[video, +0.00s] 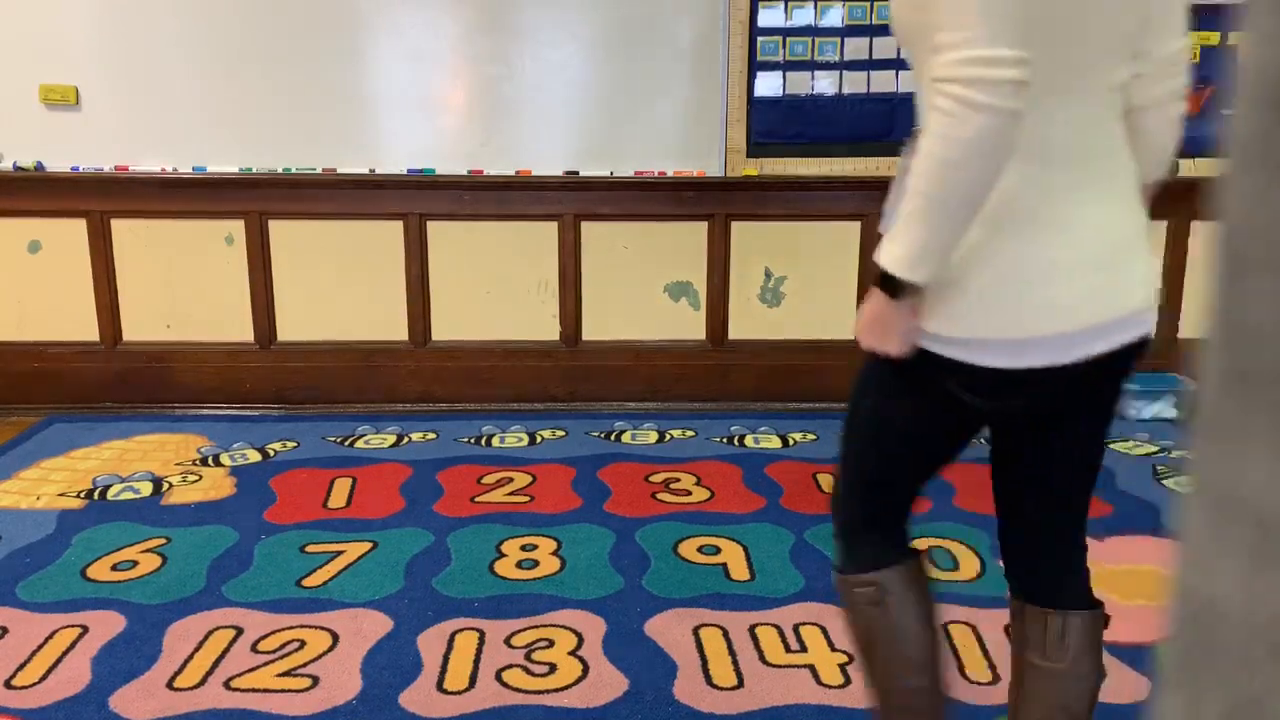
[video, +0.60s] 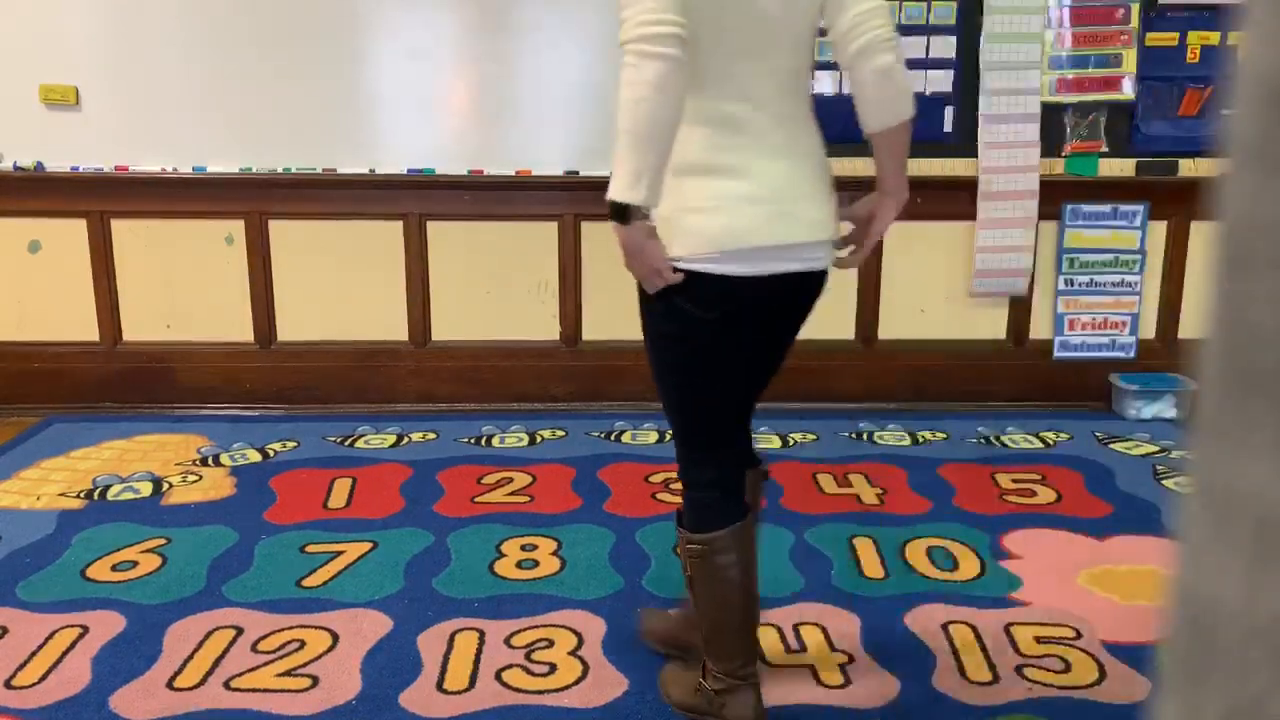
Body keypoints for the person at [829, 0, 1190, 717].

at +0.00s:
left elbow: (980, 91)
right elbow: (1159, 103)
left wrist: (895, 278)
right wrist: (1095, 219)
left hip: (975, 303)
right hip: (1104, 300)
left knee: (867, 508)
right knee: (1049, 547)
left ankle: (912, 707)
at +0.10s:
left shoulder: (896, 2)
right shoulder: (1079, 0)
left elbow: (923, 96)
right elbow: (1096, 101)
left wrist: (841, 269)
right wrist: (1036, 210)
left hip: (919, 290)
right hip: (1048, 285)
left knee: (826, 512)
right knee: (1037, 543)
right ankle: (1045, 709)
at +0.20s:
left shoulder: (833, 0)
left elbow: (856, 93)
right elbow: (1042, 101)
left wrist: (782, 262)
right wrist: (998, 213)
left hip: (855, 284)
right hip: (982, 282)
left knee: (781, 497)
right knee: (984, 527)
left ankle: (739, 680)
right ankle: (1024, 705)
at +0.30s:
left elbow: (794, 78)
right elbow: (998, 84)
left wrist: (728, 243)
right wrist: (960, 213)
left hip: (793, 264)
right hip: (918, 259)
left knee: (744, 481)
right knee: (899, 493)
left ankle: (732, 685)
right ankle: (975, 705)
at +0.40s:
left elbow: (734, 62)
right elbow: (951, 56)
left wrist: (682, 226)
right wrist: (938, 200)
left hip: (753, 250)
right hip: (870, 249)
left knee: (726, 474)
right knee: (812, 452)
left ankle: (731, 682)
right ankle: (905, 666)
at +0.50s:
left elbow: (690, 55)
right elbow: (909, 43)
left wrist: (651, 212)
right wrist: (919, 187)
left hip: (726, 237)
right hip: (835, 236)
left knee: (718, 464)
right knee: (759, 427)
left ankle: (729, 679)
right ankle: (808, 650)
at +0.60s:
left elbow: (657, 54)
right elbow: (872, 46)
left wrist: (629, 210)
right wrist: (893, 184)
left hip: (701, 239)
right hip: (801, 239)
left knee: (708, 459)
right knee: (723, 431)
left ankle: (731, 677)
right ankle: (714, 618)